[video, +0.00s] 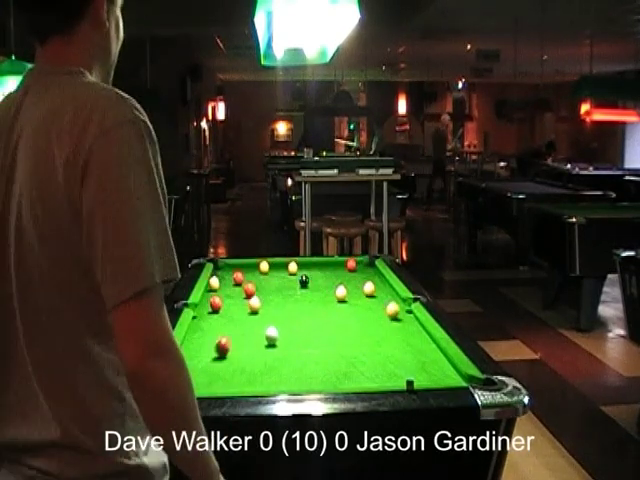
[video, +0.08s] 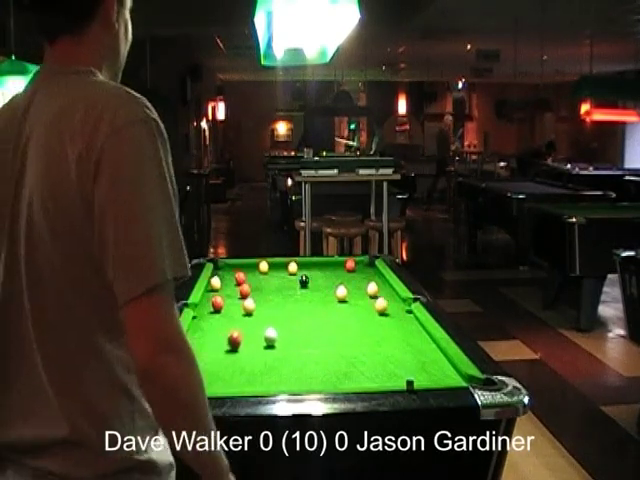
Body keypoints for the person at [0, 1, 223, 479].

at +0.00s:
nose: (122, 30)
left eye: (121, 12)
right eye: (121, 11)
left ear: (37, 22)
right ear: (102, 12)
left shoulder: (6, 113)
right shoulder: (107, 117)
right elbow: (146, 348)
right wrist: (203, 467)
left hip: (10, 452)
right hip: (98, 456)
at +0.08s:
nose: (130, 27)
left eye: (129, 11)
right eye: (129, 9)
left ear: (43, 20)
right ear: (113, 12)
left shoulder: (8, 118)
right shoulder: (119, 117)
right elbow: (156, 346)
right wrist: (214, 466)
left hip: (12, 452)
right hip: (111, 454)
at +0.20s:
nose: (149, 33)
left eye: (148, 18)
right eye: (148, 16)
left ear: (63, 21)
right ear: (133, 14)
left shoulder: (14, 125)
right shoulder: (146, 120)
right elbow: (183, 341)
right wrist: (238, 462)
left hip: (17, 447)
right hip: (126, 451)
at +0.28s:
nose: (163, 34)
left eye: (162, 20)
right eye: (163, 18)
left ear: (80, 22)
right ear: (152, 17)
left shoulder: (21, 128)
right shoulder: (167, 122)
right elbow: (206, 325)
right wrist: (255, 457)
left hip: (28, 446)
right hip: (140, 448)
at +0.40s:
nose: (187, 28)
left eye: (185, 17)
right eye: (187, 15)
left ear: (106, 23)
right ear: (179, 16)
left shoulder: (41, 126)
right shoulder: (205, 125)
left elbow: (4, 309)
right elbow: (244, 316)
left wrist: (46, 404)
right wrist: (283, 448)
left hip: (60, 436)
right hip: (170, 441)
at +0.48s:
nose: (207, 27)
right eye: (205, 14)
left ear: (123, 23)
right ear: (198, 16)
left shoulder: (62, 120)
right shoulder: (228, 124)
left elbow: (14, 303)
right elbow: (268, 306)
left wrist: (55, 400)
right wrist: (307, 434)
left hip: (79, 431)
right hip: (188, 433)